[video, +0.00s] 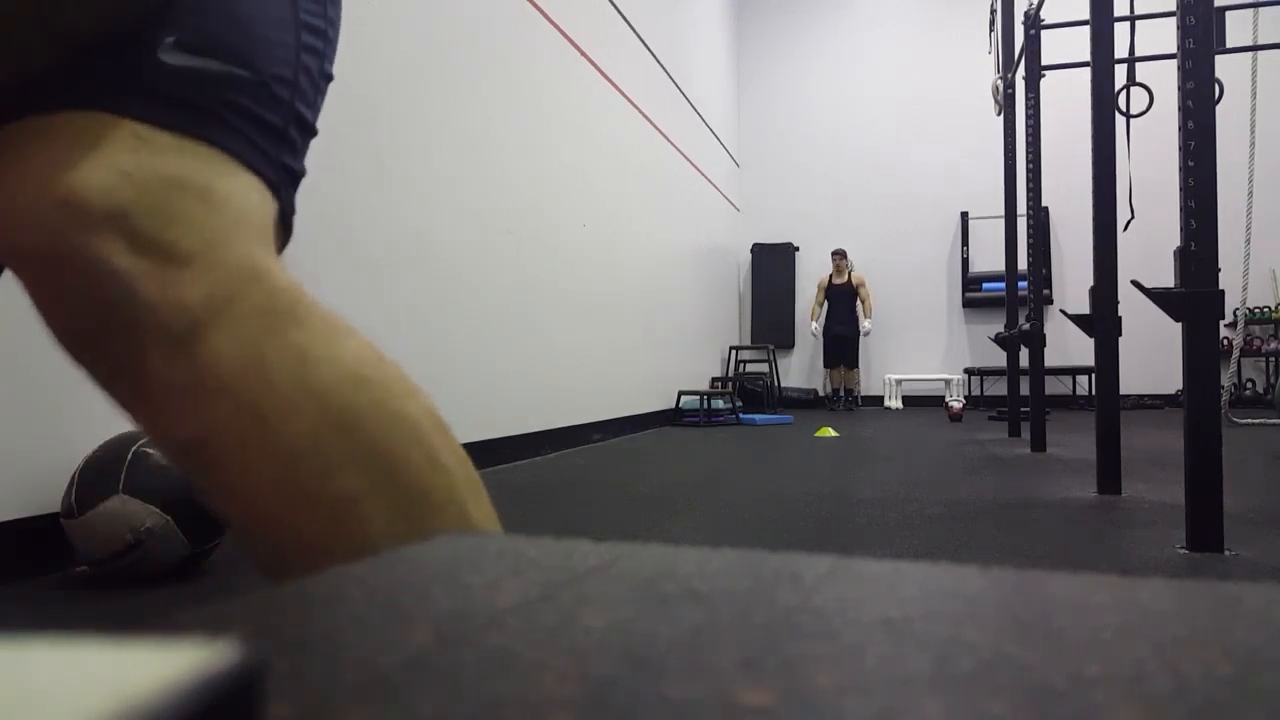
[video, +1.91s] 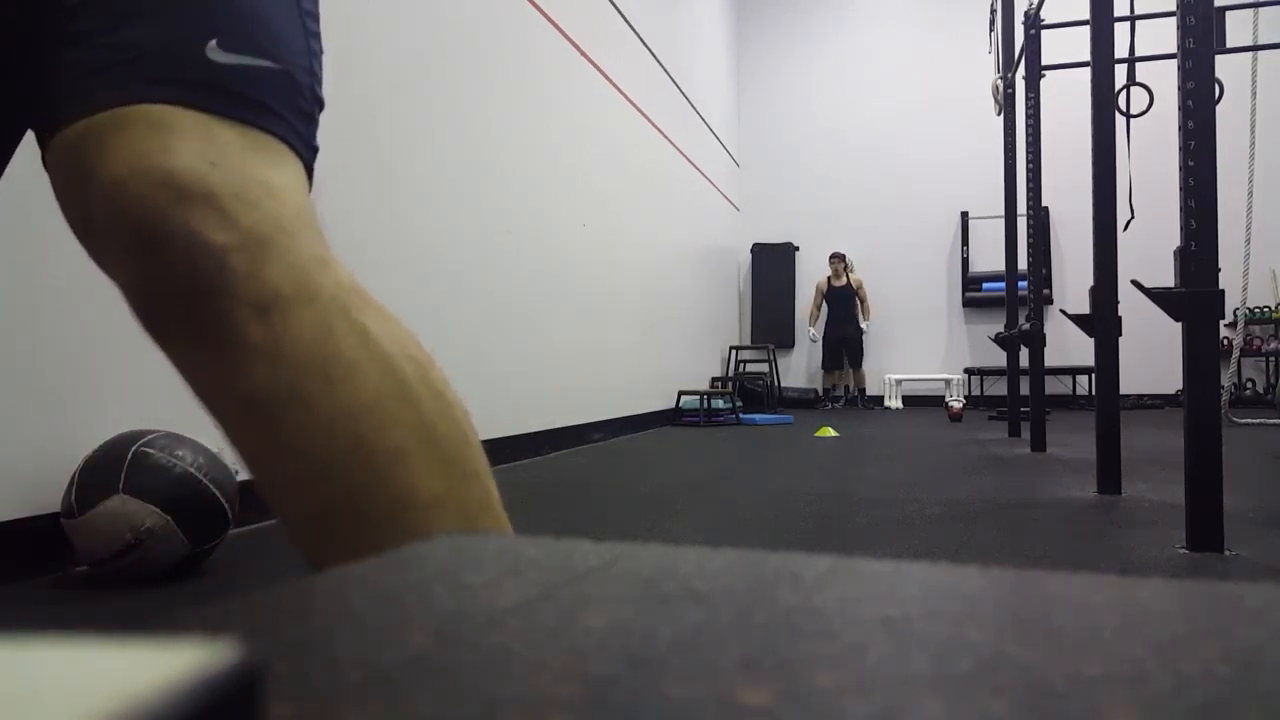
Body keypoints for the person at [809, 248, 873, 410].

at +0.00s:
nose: (837, 263)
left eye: (840, 260)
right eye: (834, 260)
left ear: (846, 261)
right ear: (831, 262)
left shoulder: (856, 279)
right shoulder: (825, 282)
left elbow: (865, 300)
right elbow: (818, 303)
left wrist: (867, 319)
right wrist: (814, 321)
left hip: (850, 327)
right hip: (831, 328)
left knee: (849, 365)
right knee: (834, 365)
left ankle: (849, 398)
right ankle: (835, 397)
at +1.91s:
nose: (835, 266)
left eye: (838, 263)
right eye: (832, 263)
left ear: (844, 264)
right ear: (829, 265)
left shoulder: (855, 282)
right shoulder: (823, 284)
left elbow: (863, 301)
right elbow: (816, 307)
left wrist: (866, 321)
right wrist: (811, 326)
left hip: (852, 329)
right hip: (832, 330)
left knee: (856, 366)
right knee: (829, 368)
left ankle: (862, 398)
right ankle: (827, 399)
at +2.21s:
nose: (845, 265)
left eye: (848, 262)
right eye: (843, 262)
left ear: (854, 263)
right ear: (840, 264)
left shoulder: (865, 282)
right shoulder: (833, 282)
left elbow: (869, 304)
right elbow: (829, 305)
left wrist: (872, 324)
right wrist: (822, 323)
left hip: (857, 330)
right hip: (836, 330)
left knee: (859, 368)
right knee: (830, 367)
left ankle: (862, 399)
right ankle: (827, 398)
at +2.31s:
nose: (848, 265)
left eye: (851, 262)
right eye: (845, 262)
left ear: (856, 263)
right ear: (841, 264)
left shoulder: (866, 281)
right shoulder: (835, 282)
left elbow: (871, 301)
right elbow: (830, 305)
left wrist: (872, 319)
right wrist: (824, 322)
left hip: (857, 329)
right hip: (837, 329)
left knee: (860, 367)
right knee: (829, 365)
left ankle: (863, 398)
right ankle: (825, 397)